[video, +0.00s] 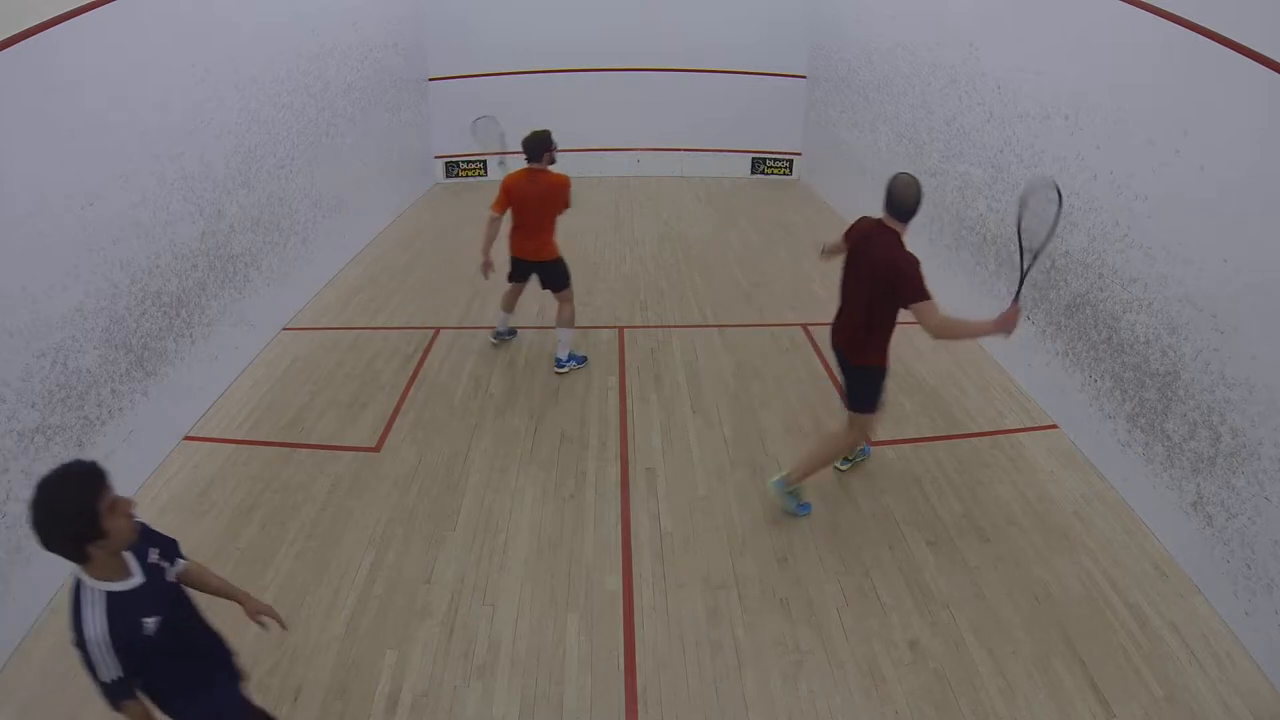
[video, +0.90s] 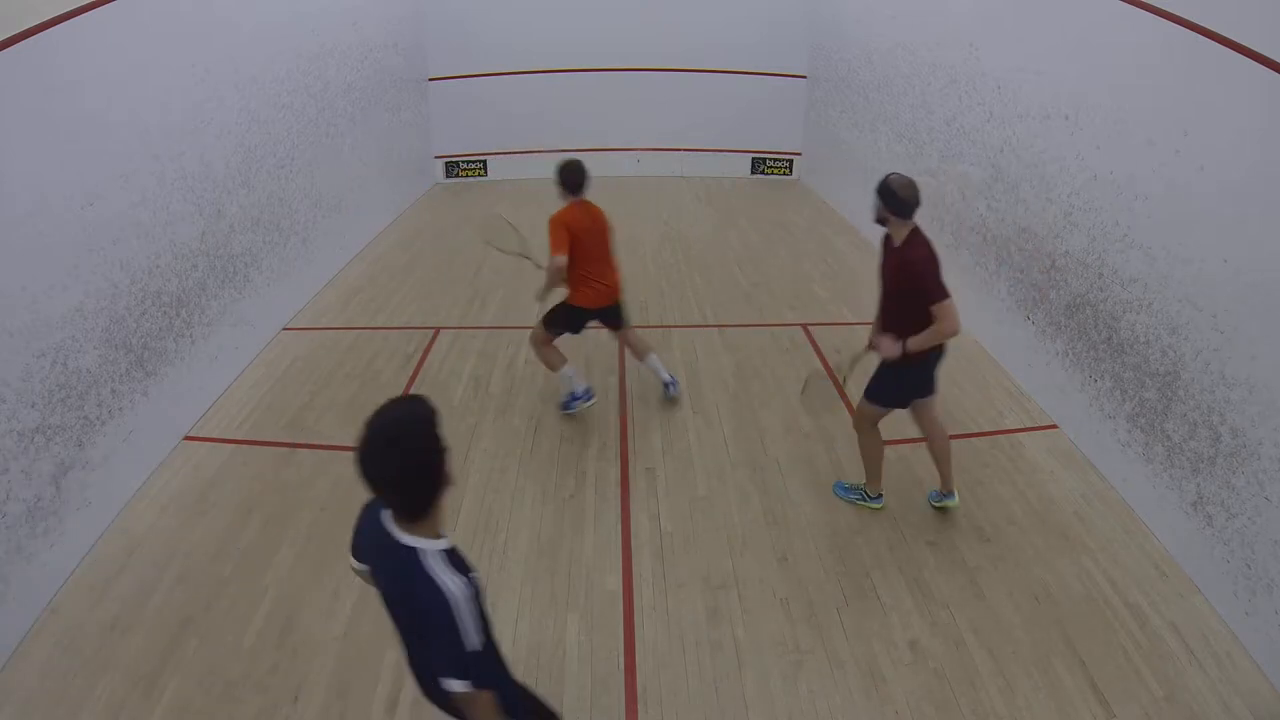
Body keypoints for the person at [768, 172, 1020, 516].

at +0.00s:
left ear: (885, 200)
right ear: (916, 210)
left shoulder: (864, 227)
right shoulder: (903, 263)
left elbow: (834, 248)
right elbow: (937, 326)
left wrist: (829, 249)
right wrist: (996, 326)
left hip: (842, 335)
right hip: (865, 355)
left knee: (860, 395)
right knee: (856, 429)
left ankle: (854, 449)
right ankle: (788, 482)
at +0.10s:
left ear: (904, 202)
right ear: (933, 213)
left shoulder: (883, 223)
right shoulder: (915, 264)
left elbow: (852, 229)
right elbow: (957, 321)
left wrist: (834, 222)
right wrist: (1016, 305)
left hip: (856, 332)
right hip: (881, 351)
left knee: (873, 392)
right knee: (904, 421)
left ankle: (846, 459)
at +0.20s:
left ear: (922, 204)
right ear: (953, 216)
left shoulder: (900, 223)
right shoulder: (932, 266)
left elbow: (865, 225)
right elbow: (976, 320)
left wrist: (836, 216)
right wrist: (1028, 291)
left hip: (868, 336)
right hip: (899, 351)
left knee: (878, 386)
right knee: (922, 417)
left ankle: (848, 452)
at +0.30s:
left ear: (933, 204)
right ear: (965, 215)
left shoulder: (906, 228)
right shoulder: (961, 268)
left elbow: (866, 241)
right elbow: (1011, 299)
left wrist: (842, 234)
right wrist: (1040, 283)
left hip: (885, 341)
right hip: (923, 356)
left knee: (879, 389)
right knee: (929, 422)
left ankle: (848, 452)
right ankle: (915, 494)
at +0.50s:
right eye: (961, 191)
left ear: (935, 198)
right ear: (969, 200)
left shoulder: (920, 240)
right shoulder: (977, 236)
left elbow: (895, 267)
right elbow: (951, 249)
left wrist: (913, 231)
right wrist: (927, 230)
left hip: (914, 339)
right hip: (955, 348)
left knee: (889, 377)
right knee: (939, 423)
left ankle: (868, 428)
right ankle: (922, 492)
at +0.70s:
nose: (912, 200)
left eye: (914, 196)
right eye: (916, 195)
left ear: (916, 203)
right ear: (947, 204)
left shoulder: (937, 248)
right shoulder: (945, 237)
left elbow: (923, 324)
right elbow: (919, 294)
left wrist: (900, 292)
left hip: (933, 349)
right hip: (963, 347)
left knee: (883, 389)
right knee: (948, 424)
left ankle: (861, 459)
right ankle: (942, 502)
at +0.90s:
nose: (876, 204)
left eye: (879, 201)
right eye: (879, 199)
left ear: (886, 210)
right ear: (909, 208)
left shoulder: (918, 257)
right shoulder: (892, 239)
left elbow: (949, 324)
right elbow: (893, 294)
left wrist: (903, 345)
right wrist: (879, 329)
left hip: (910, 357)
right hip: (911, 350)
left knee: (864, 419)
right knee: (928, 418)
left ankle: (872, 491)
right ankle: (948, 490)